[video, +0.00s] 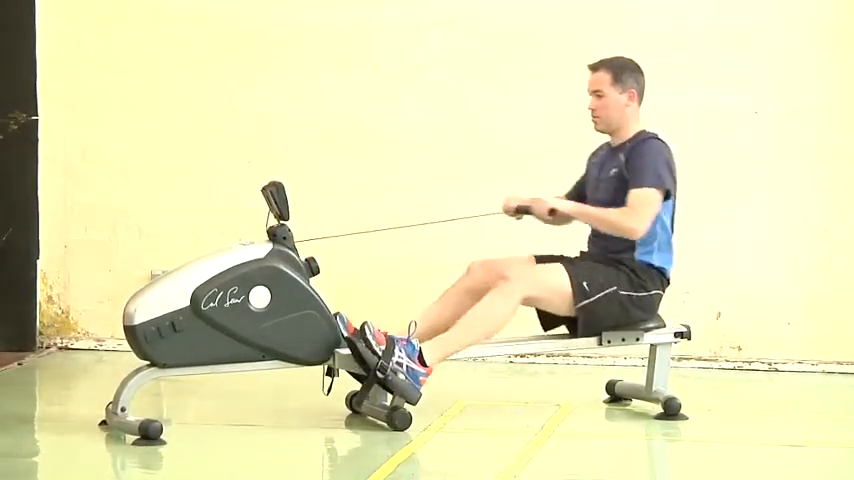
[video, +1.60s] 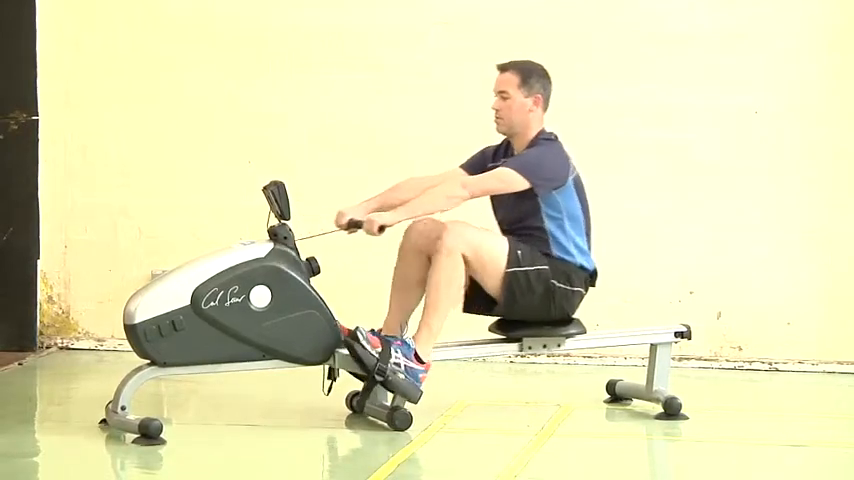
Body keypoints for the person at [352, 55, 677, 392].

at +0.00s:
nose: (590, 106)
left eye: (598, 96)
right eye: (589, 96)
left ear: (631, 99)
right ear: (620, 100)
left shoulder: (650, 151)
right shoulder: (603, 157)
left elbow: (635, 223)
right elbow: (567, 214)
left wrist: (570, 208)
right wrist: (532, 206)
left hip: (634, 281)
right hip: (599, 271)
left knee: (516, 283)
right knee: (481, 272)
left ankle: (423, 364)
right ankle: (403, 346)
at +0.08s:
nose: (573, 107)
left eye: (581, 97)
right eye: (573, 98)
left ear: (613, 98)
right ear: (606, 100)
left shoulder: (634, 150)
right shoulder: (585, 157)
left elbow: (608, 218)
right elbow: (548, 203)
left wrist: (535, 208)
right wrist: (508, 205)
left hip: (624, 281)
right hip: (589, 272)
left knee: (506, 273)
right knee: (474, 264)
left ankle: (423, 362)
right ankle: (402, 345)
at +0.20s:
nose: (546, 109)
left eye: (553, 100)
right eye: (545, 100)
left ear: (585, 101)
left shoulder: (608, 152)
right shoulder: (558, 159)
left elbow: (567, 211)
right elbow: (512, 198)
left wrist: (490, 210)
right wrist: (462, 207)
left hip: (608, 281)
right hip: (572, 274)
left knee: (495, 259)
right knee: (460, 253)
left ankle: (422, 361)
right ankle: (397, 344)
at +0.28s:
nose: (525, 110)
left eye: (534, 100)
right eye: (525, 101)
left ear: (567, 102)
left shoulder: (589, 154)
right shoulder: (539, 160)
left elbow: (538, 209)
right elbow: (484, 196)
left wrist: (461, 215)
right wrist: (437, 209)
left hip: (594, 282)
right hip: (559, 277)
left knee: (487, 253)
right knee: (453, 246)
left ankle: (423, 359)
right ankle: (395, 342)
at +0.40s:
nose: (497, 114)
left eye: (505, 105)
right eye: (497, 105)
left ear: (537, 107)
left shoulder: (561, 157)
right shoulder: (510, 162)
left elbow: (497, 208)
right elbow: (455, 196)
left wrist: (420, 224)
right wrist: (399, 215)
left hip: (576, 285)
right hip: (537, 284)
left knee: (476, 244)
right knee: (436, 241)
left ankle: (420, 360)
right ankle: (391, 344)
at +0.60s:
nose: (453, 120)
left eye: (462, 111)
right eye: (453, 111)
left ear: (494, 113)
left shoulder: (518, 162)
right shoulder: (467, 165)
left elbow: (446, 207)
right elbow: (410, 198)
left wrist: (369, 231)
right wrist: (349, 221)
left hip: (545, 290)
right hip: (503, 293)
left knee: (451, 233)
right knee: (411, 232)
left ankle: (419, 358)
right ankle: (390, 341)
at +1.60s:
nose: (494, 106)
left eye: (504, 97)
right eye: (495, 97)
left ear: (535, 103)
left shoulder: (548, 156)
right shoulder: (495, 156)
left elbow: (464, 189)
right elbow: (432, 185)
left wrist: (396, 216)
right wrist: (366, 207)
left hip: (559, 282)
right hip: (520, 279)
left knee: (454, 235)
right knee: (422, 231)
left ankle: (417, 359)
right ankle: (387, 341)